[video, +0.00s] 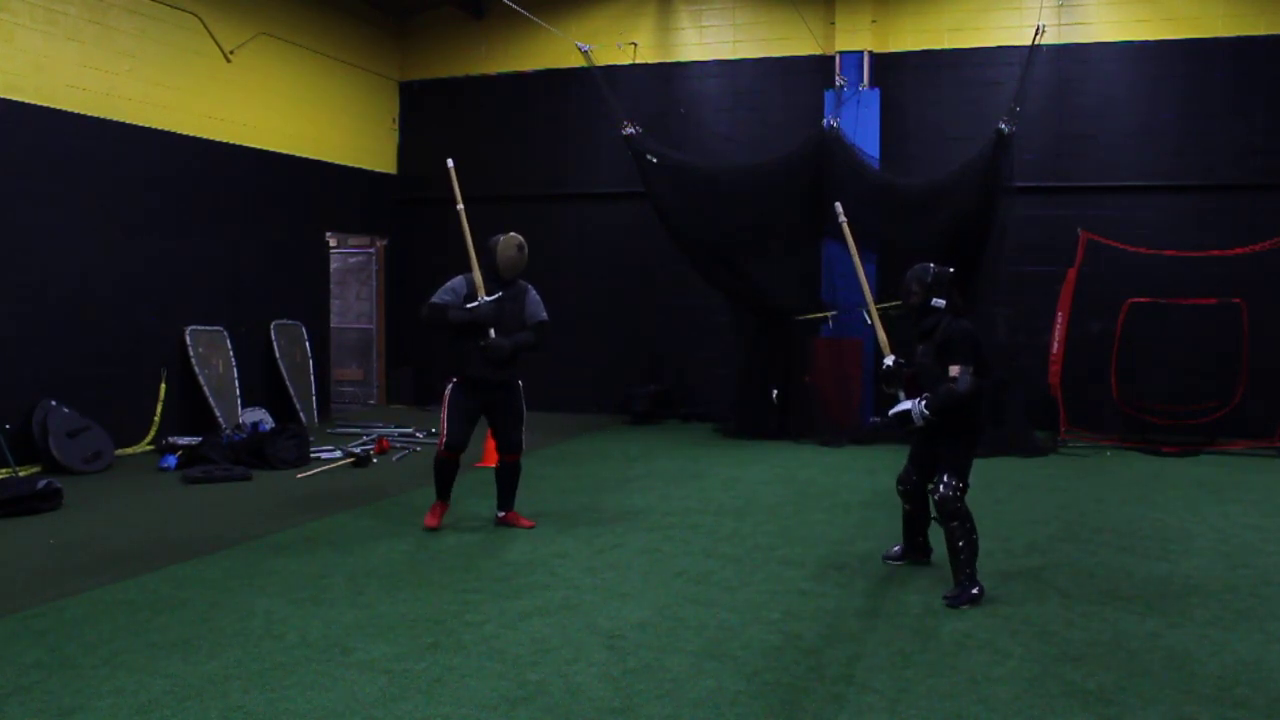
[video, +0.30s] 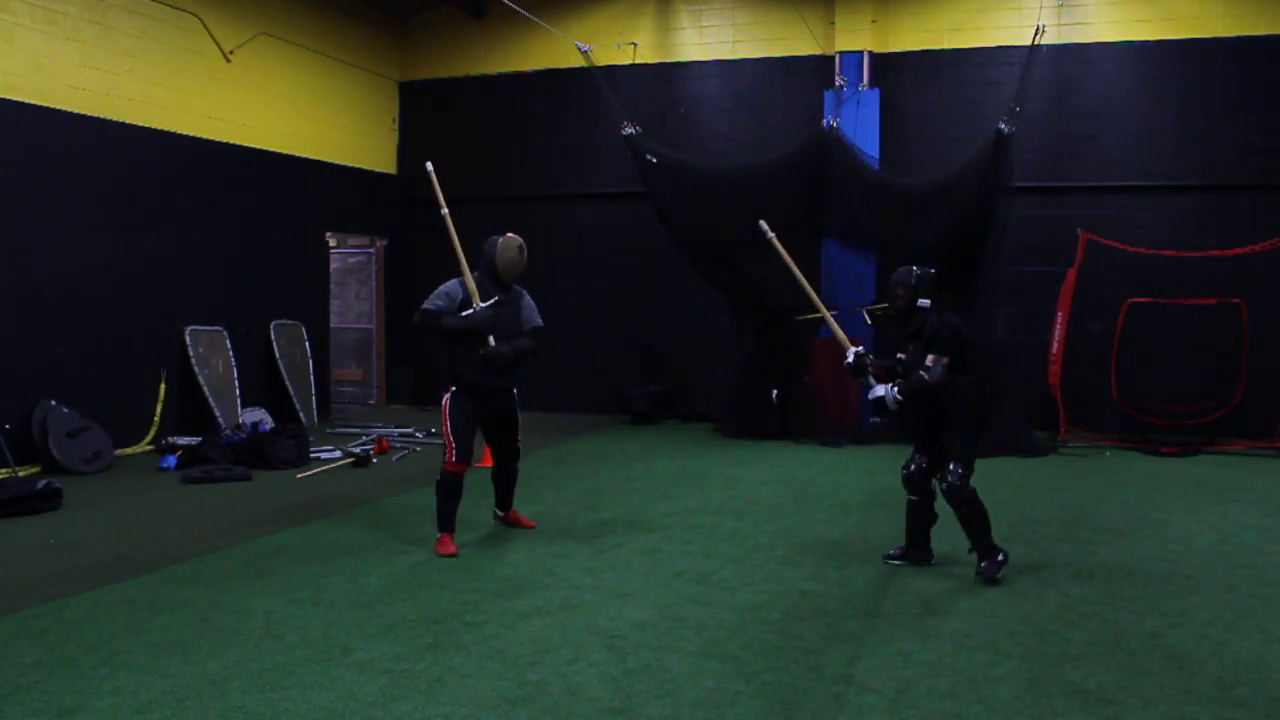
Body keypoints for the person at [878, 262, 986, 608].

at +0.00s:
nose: (908, 298)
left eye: (914, 291)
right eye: (908, 290)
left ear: (930, 294)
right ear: (928, 294)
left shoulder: (955, 330)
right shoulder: (922, 330)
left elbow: (960, 385)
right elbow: (918, 380)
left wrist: (926, 405)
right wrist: (895, 374)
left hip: (960, 425)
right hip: (934, 423)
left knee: (948, 495)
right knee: (911, 484)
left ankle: (967, 581)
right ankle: (915, 547)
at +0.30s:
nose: (894, 300)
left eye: (900, 294)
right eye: (894, 294)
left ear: (917, 295)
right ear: (907, 295)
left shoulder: (942, 325)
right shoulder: (908, 326)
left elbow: (932, 375)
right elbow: (901, 371)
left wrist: (894, 392)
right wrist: (868, 365)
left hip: (964, 414)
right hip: (934, 413)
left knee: (954, 481)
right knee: (915, 474)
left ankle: (989, 554)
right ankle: (917, 548)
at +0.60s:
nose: (914, 303)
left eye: (919, 297)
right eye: (915, 297)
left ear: (934, 299)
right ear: (934, 298)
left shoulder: (962, 330)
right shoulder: (933, 330)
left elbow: (961, 382)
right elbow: (930, 376)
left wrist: (926, 405)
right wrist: (900, 377)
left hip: (979, 420)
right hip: (948, 419)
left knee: (979, 488)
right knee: (904, 465)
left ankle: (1002, 549)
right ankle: (911, 542)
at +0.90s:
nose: (911, 306)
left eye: (916, 299)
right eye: (910, 300)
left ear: (931, 299)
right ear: (921, 299)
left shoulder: (960, 330)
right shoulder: (926, 331)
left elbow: (971, 377)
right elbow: (930, 372)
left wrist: (935, 400)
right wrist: (898, 375)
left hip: (974, 417)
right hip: (941, 416)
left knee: (980, 487)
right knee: (906, 472)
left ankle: (1002, 550)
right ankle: (884, 538)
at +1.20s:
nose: (882, 308)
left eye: (889, 302)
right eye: (881, 302)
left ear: (907, 303)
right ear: (882, 303)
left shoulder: (934, 329)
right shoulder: (888, 332)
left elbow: (942, 373)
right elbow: (890, 372)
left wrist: (908, 394)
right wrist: (864, 374)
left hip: (948, 413)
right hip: (912, 414)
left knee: (964, 474)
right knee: (886, 467)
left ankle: (977, 538)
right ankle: (879, 536)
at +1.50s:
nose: (893, 306)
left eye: (899, 300)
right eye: (892, 300)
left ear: (916, 302)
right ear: (893, 302)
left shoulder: (942, 329)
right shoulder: (891, 330)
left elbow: (951, 376)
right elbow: (890, 376)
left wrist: (919, 396)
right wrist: (872, 379)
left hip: (942, 414)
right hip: (904, 413)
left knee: (953, 476)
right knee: (871, 459)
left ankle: (949, 537)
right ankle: (858, 530)